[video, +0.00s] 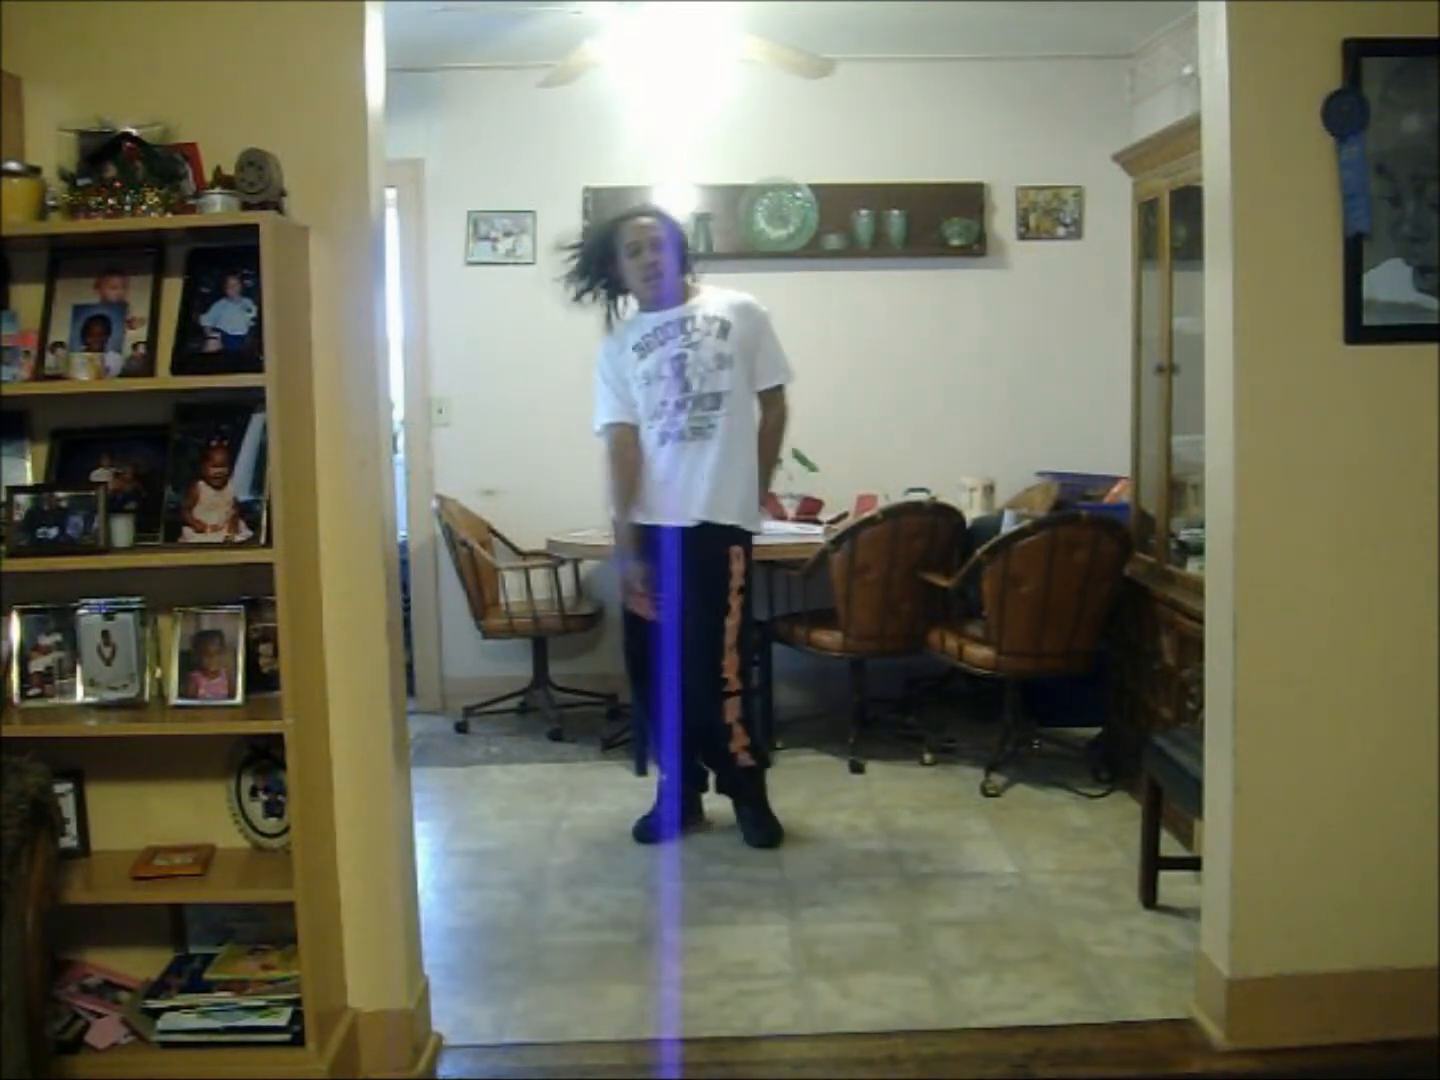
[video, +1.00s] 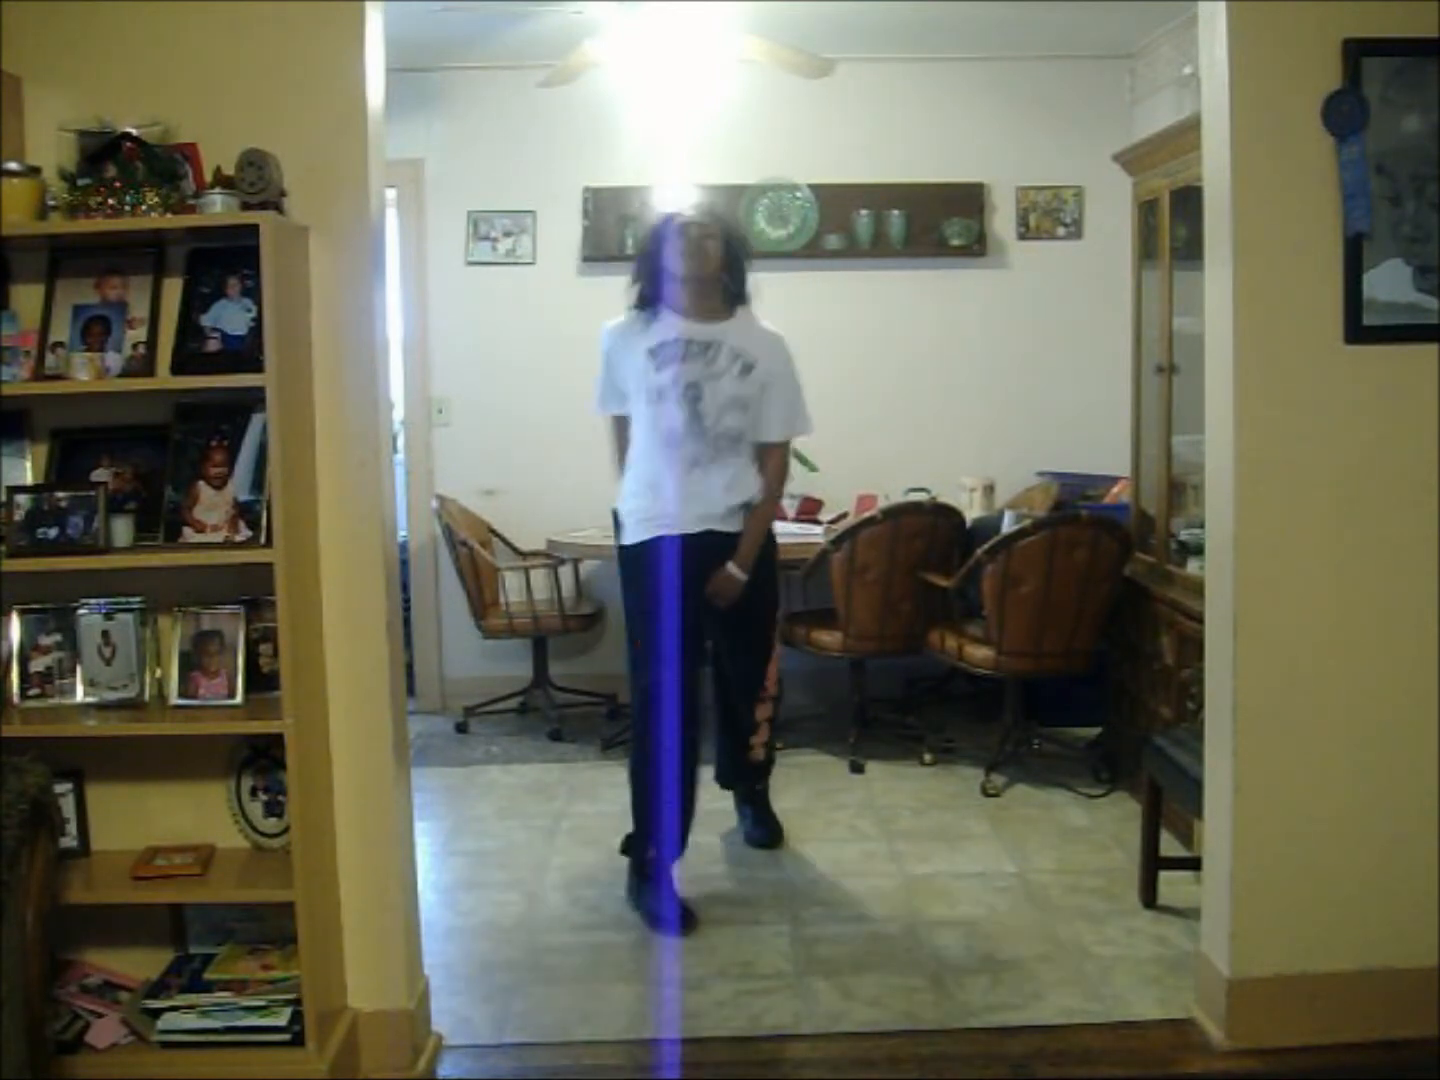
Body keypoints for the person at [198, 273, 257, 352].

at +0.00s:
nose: (233, 289)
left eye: (236, 285)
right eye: (230, 286)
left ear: (240, 287)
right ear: (226, 288)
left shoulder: (247, 303)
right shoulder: (221, 304)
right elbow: (205, 320)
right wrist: (211, 335)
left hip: (244, 338)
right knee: (212, 341)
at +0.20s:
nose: (233, 288)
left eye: (235, 285)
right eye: (230, 286)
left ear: (240, 287)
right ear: (225, 288)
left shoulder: (247, 303)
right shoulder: (221, 304)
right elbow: (206, 320)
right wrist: (210, 335)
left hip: (244, 338)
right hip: (224, 337)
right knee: (212, 341)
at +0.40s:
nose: (233, 289)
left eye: (235, 285)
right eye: (230, 286)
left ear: (240, 287)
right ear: (225, 288)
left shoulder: (247, 304)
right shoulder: (221, 304)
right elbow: (206, 320)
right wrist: (210, 335)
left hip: (244, 338)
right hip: (224, 337)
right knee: (212, 341)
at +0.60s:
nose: (233, 289)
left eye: (235, 285)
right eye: (230, 286)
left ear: (240, 287)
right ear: (225, 288)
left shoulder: (248, 304)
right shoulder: (221, 304)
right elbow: (205, 320)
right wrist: (210, 335)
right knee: (212, 341)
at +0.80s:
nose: (233, 289)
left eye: (236, 286)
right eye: (230, 286)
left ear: (240, 287)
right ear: (226, 289)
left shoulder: (247, 304)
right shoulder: (221, 304)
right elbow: (205, 320)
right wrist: (210, 334)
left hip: (244, 338)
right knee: (212, 341)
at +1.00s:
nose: (233, 289)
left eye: (235, 285)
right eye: (230, 286)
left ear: (240, 287)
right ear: (226, 288)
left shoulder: (248, 304)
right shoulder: (221, 304)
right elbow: (205, 320)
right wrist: (210, 335)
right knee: (212, 341)